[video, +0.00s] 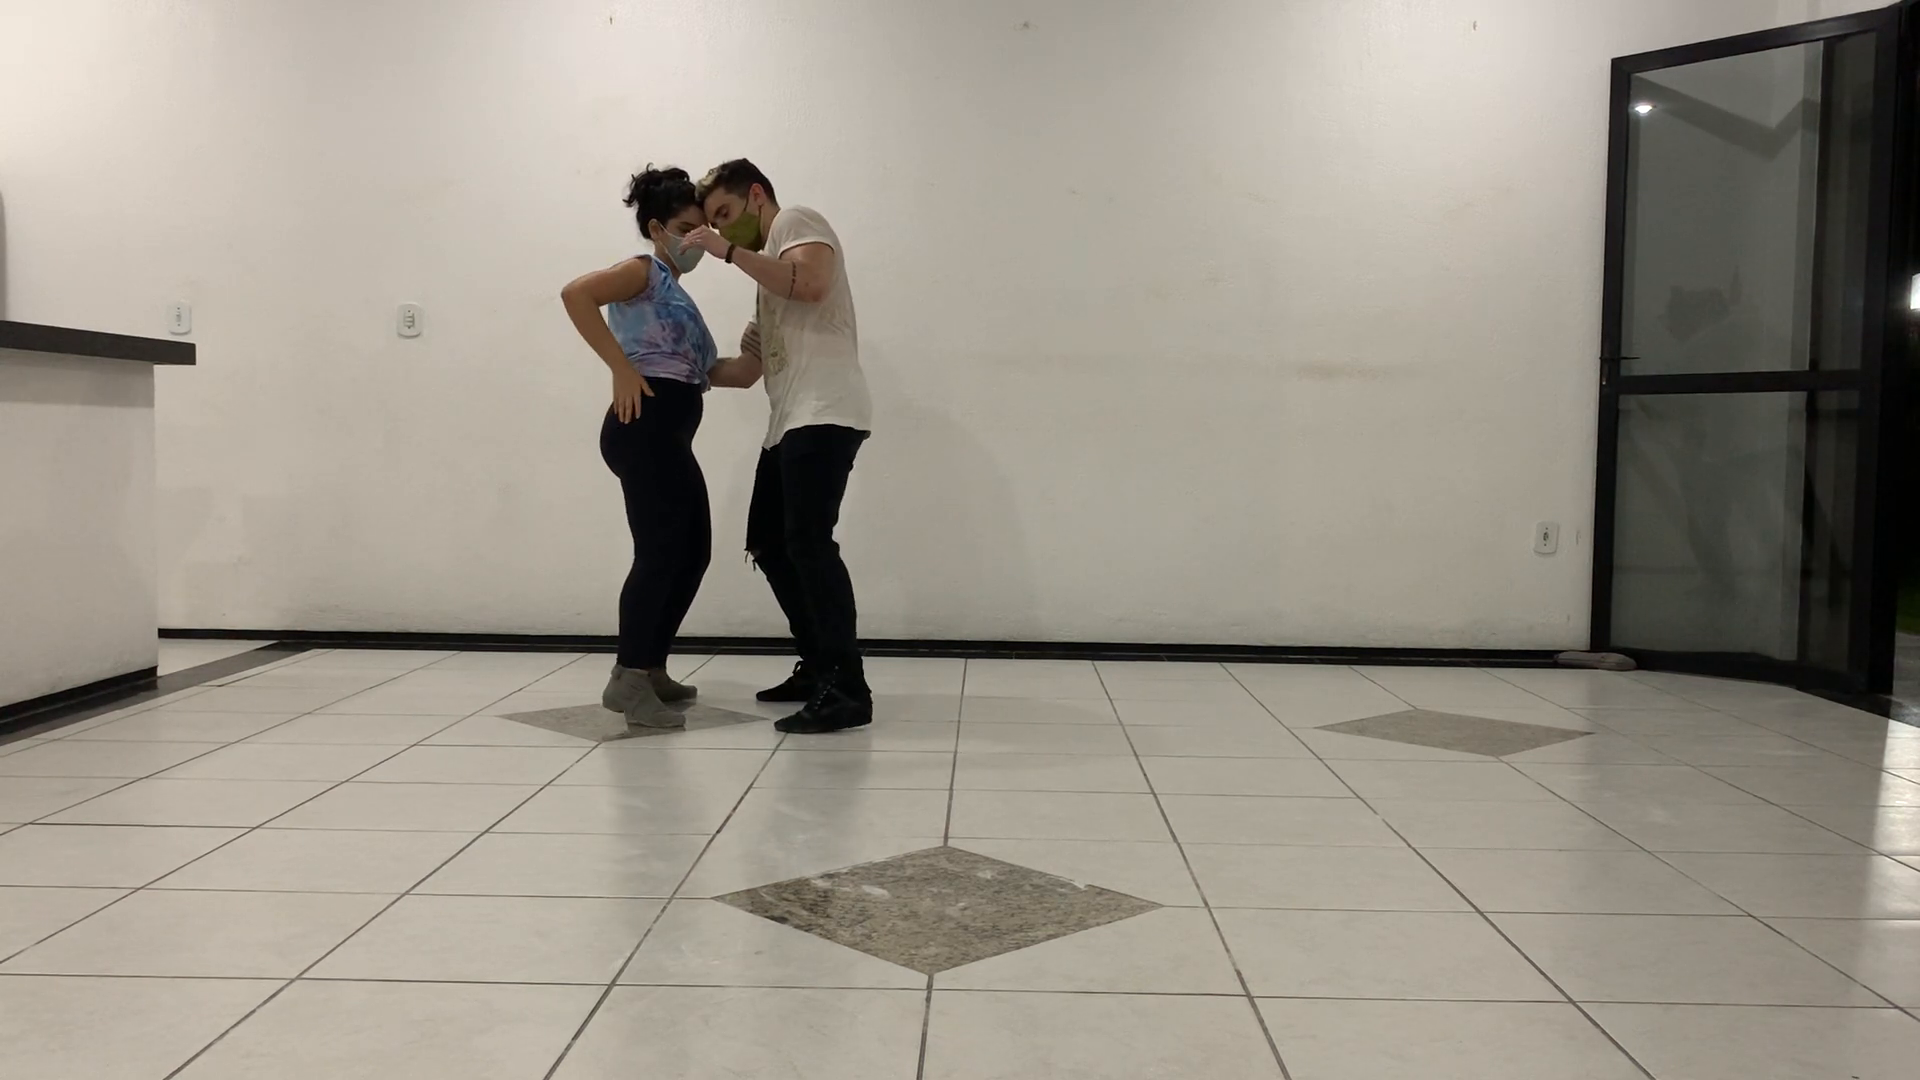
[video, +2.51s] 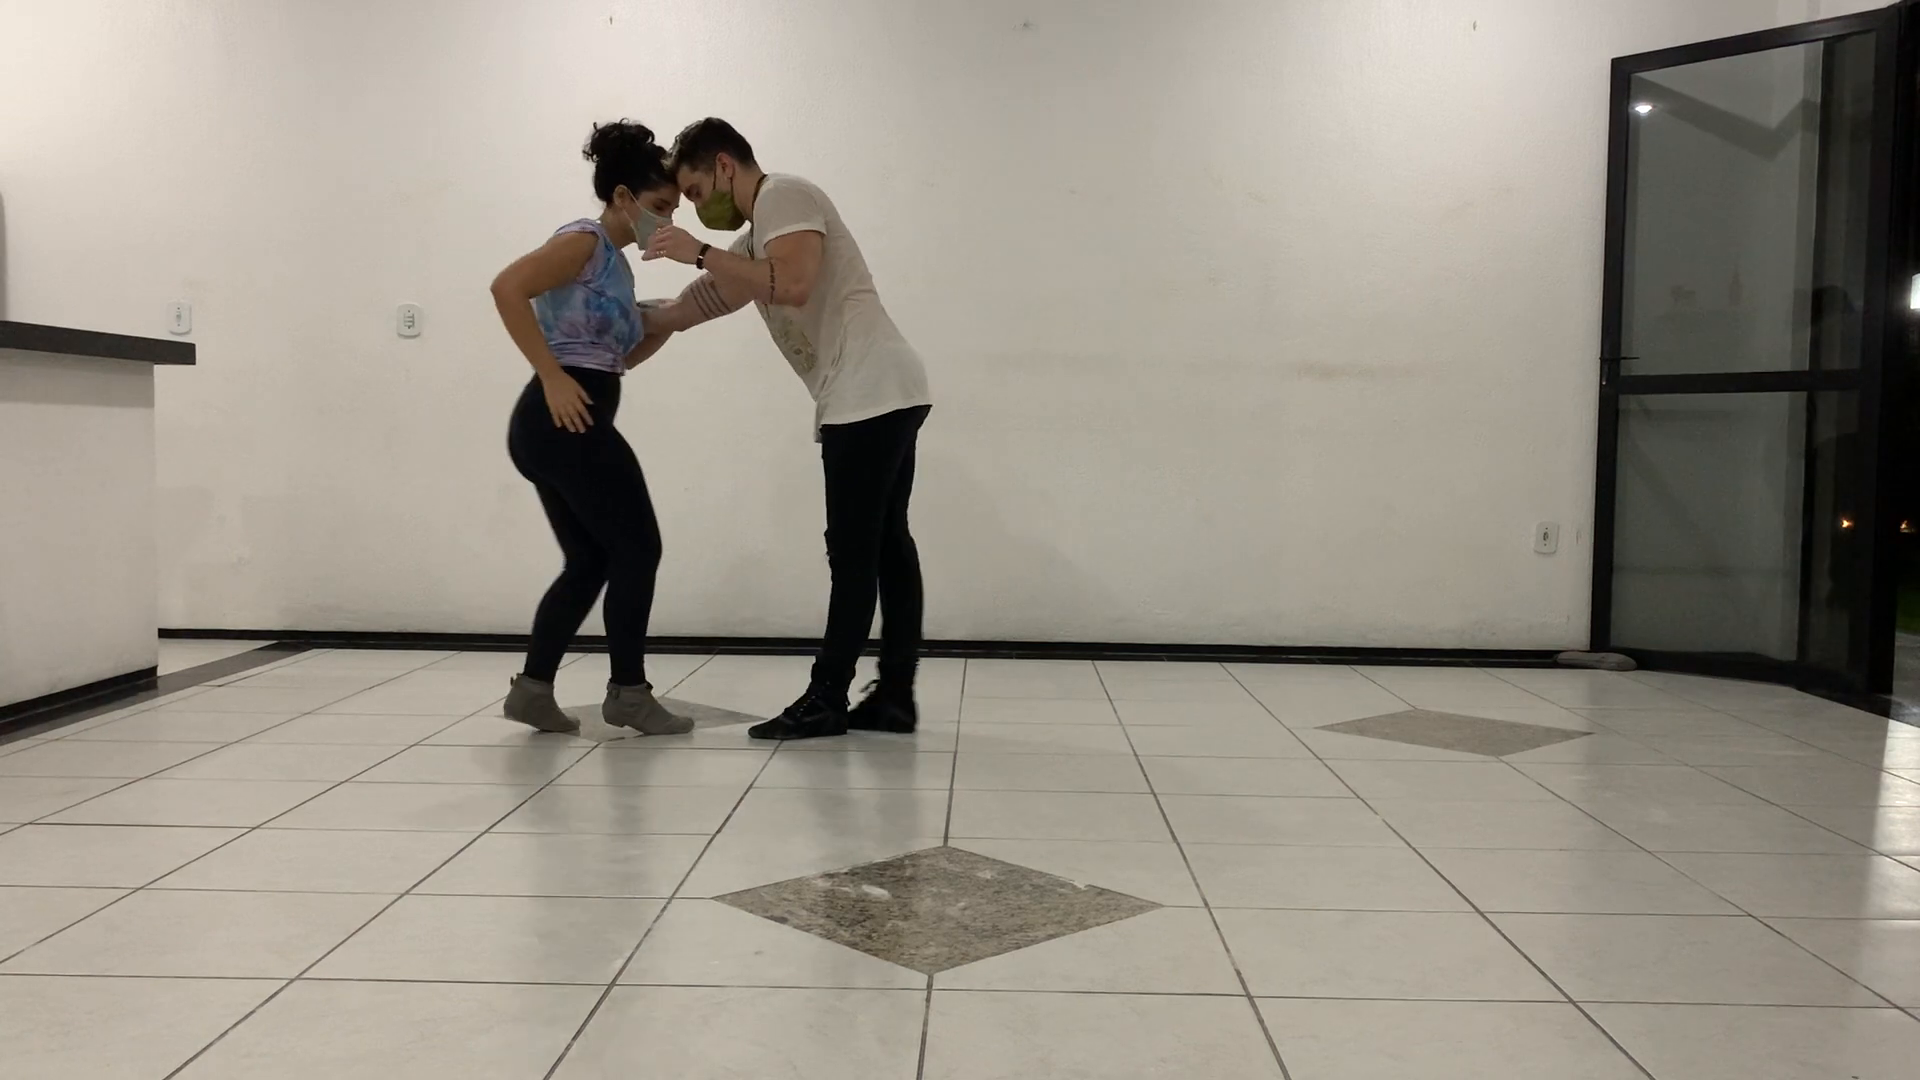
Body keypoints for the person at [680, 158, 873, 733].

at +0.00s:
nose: (722, 232)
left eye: (725, 215)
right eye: (714, 223)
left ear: (758, 196)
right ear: (735, 218)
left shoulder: (799, 221)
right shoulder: (768, 282)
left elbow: (808, 284)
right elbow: (743, 371)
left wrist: (729, 251)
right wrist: (674, 361)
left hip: (826, 412)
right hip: (789, 422)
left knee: (806, 540)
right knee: (768, 543)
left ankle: (847, 690)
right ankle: (818, 667)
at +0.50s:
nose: (724, 230)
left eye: (726, 214)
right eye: (716, 221)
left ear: (760, 194)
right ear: (741, 214)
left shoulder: (803, 220)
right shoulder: (767, 278)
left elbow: (810, 284)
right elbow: (745, 366)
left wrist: (731, 251)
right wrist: (685, 365)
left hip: (829, 411)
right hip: (781, 422)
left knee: (790, 540)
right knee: (763, 543)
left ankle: (777, 685)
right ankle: (820, 670)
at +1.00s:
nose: (730, 231)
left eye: (732, 214)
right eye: (722, 222)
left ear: (766, 194)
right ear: (748, 214)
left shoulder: (808, 220)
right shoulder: (775, 285)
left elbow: (812, 284)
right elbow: (744, 364)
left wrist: (735, 249)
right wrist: (682, 362)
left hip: (834, 406)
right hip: (794, 415)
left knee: (795, 532)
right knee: (767, 541)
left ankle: (845, 682)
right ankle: (816, 665)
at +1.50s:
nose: (726, 206)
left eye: (728, 191)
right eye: (720, 198)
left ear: (761, 174)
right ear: (763, 181)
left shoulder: (797, 212)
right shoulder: (789, 228)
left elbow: (784, 293)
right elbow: (760, 335)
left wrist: (706, 250)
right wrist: (689, 324)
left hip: (839, 397)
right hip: (828, 399)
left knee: (784, 523)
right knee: (794, 527)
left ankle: (821, 678)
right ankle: (816, 669)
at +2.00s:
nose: (721, 196)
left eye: (719, 181)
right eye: (714, 188)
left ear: (749, 157)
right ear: (756, 160)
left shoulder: (794, 194)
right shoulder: (797, 208)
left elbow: (772, 283)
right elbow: (746, 318)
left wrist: (692, 233)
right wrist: (675, 339)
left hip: (841, 396)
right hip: (853, 396)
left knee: (807, 537)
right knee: (833, 537)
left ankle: (823, 696)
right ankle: (817, 678)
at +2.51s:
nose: (694, 204)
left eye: (694, 188)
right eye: (688, 195)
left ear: (727, 164)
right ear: (726, 172)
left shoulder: (784, 197)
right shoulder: (760, 242)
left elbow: (793, 284)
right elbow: (682, 309)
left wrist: (698, 253)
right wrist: (592, 315)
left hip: (867, 395)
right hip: (878, 394)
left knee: (851, 548)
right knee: (892, 543)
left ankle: (825, 700)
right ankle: (895, 696)